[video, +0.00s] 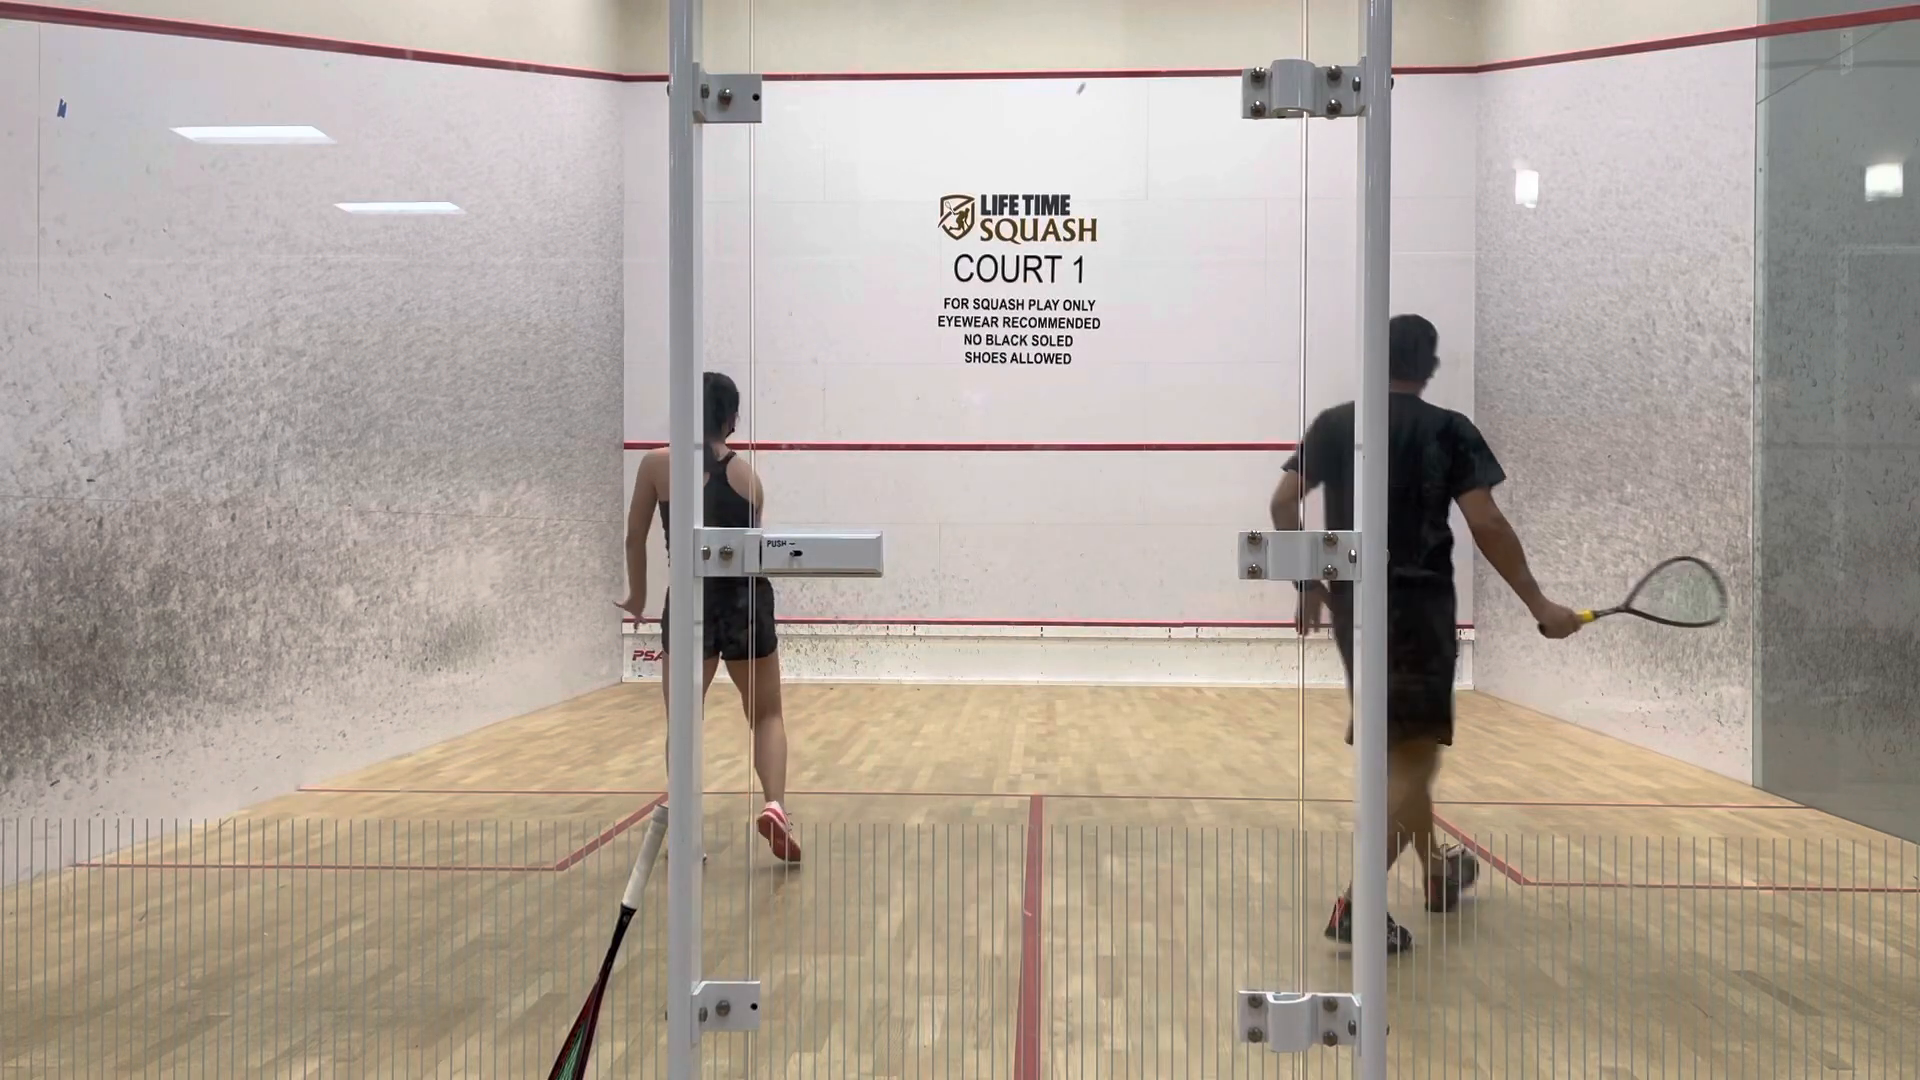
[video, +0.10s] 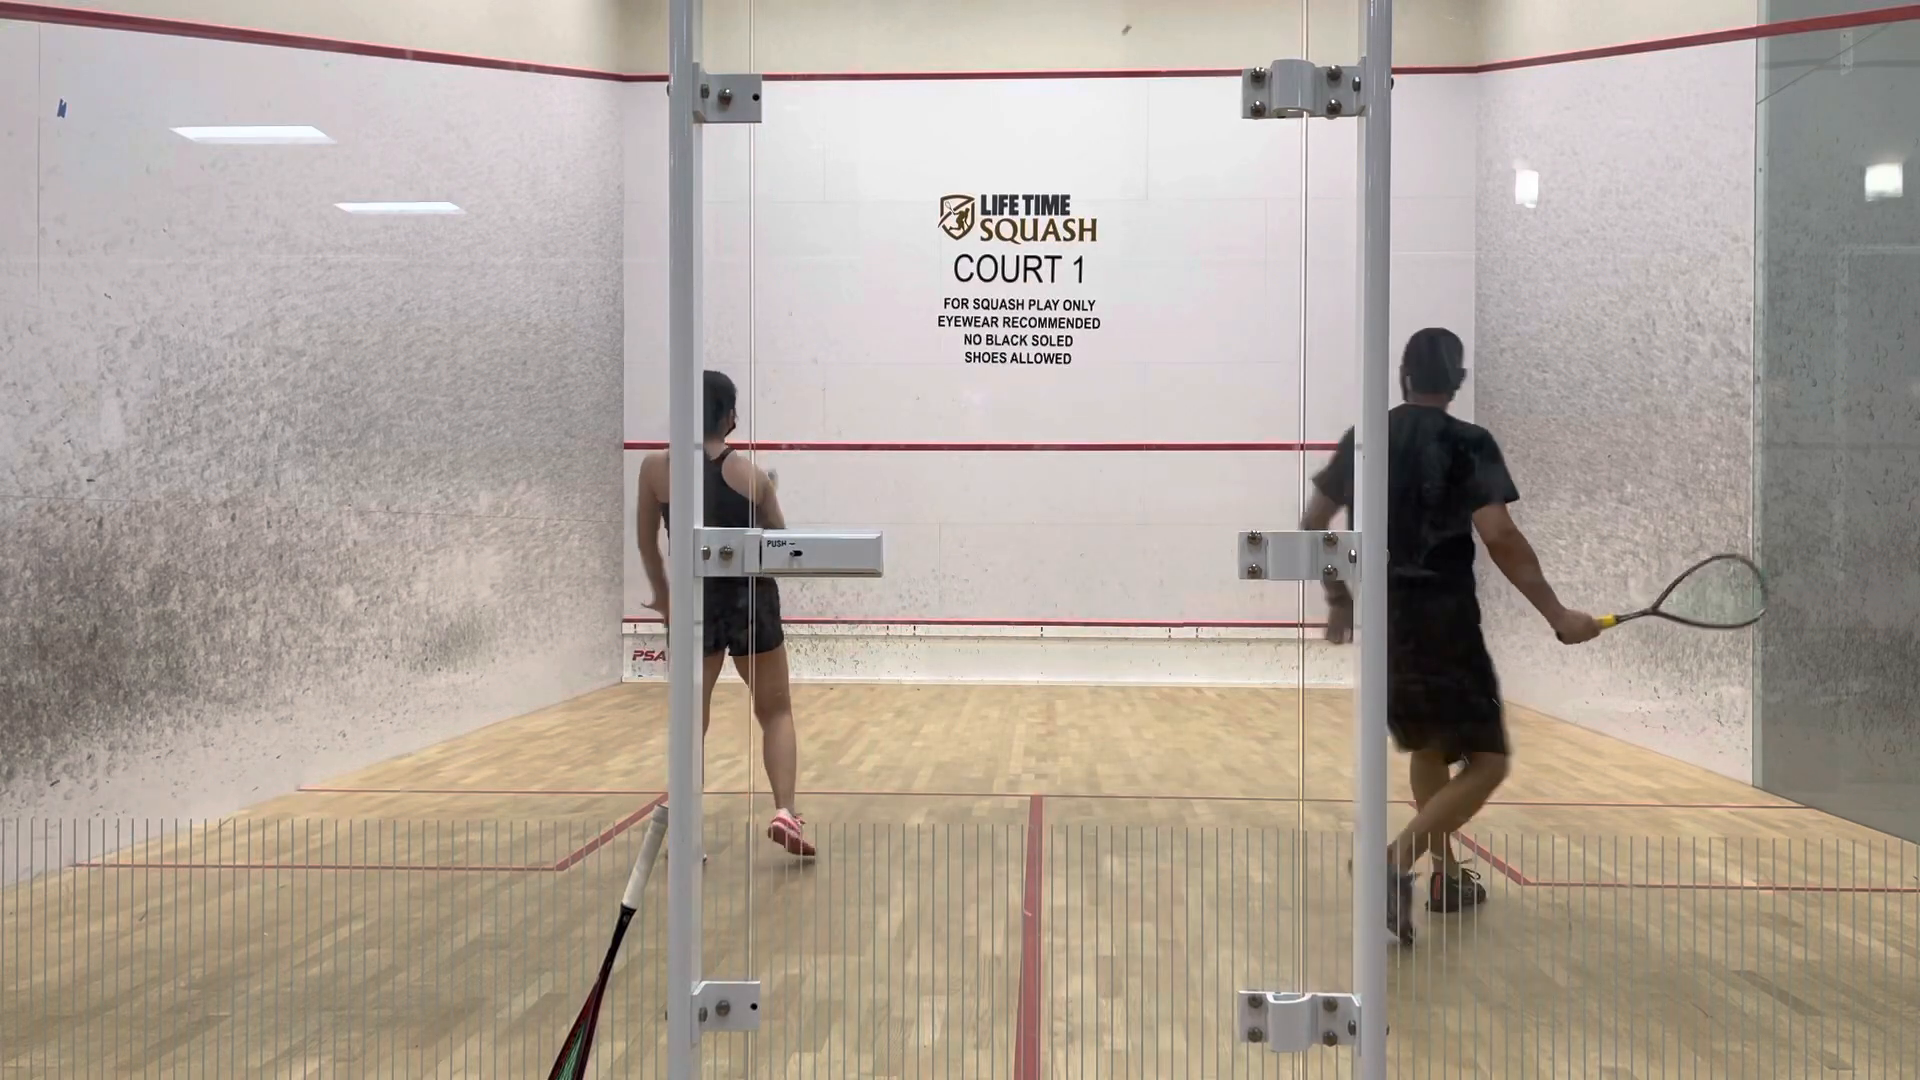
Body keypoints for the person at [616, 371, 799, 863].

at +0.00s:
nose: (735, 421)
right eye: (735, 414)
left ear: (685, 412)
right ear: (732, 418)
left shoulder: (656, 465)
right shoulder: (746, 475)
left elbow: (635, 538)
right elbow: (755, 543)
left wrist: (637, 595)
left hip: (687, 605)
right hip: (747, 606)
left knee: (680, 720)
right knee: (766, 714)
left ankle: (681, 823)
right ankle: (774, 805)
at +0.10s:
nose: (738, 417)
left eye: (733, 410)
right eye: (736, 411)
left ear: (684, 413)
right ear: (730, 418)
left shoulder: (656, 470)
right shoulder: (749, 473)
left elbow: (647, 544)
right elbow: (782, 541)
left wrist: (661, 591)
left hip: (693, 604)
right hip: (751, 604)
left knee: (690, 721)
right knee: (775, 708)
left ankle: (679, 825)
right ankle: (786, 809)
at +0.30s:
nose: (751, 424)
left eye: (746, 417)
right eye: (750, 418)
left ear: (699, 422)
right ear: (744, 423)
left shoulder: (676, 477)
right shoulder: (770, 474)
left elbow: (688, 532)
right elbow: (811, 529)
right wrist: (853, 543)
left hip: (709, 605)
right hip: (770, 602)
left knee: (699, 721)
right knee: (807, 708)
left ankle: (684, 817)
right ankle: (837, 814)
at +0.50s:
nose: (802, 442)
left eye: (798, 435)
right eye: (797, 436)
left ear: (750, 444)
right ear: (788, 443)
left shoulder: (732, 492)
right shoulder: (810, 492)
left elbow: (730, 553)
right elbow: (834, 559)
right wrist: (892, 569)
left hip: (742, 624)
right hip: (799, 626)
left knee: (711, 731)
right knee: (856, 711)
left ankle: (688, 833)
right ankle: (884, 813)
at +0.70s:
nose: (883, 424)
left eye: (879, 417)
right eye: (876, 420)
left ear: (839, 435)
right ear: (861, 432)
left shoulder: (823, 477)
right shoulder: (882, 482)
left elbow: (826, 538)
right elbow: (899, 549)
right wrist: (952, 577)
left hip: (820, 610)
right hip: (867, 613)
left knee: (795, 718)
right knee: (899, 715)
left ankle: (734, 792)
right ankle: (892, 818)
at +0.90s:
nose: (946, 418)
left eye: (942, 411)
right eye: (938, 413)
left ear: (901, 424)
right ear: (918, 423)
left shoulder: (878, 469)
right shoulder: (942, 476)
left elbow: (844, 529)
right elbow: (948, 545)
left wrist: (831, 583)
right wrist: (996, 577)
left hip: (873, 601)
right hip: (916, 606)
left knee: (898, 704)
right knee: (914, 715)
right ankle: (892, 815)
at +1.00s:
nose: (970, 427)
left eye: (967, 420)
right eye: (963, 421)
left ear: (927, 431)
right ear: (943, 430)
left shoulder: (902, 478)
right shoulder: (963, 483)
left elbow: (867, 533)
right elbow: (972, 551)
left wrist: (856, 592)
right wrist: (1017, 579)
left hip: (900, 610)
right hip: (940, 614)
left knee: (926, 707)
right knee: (956, 714)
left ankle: (914, 797)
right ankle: (901, 799)